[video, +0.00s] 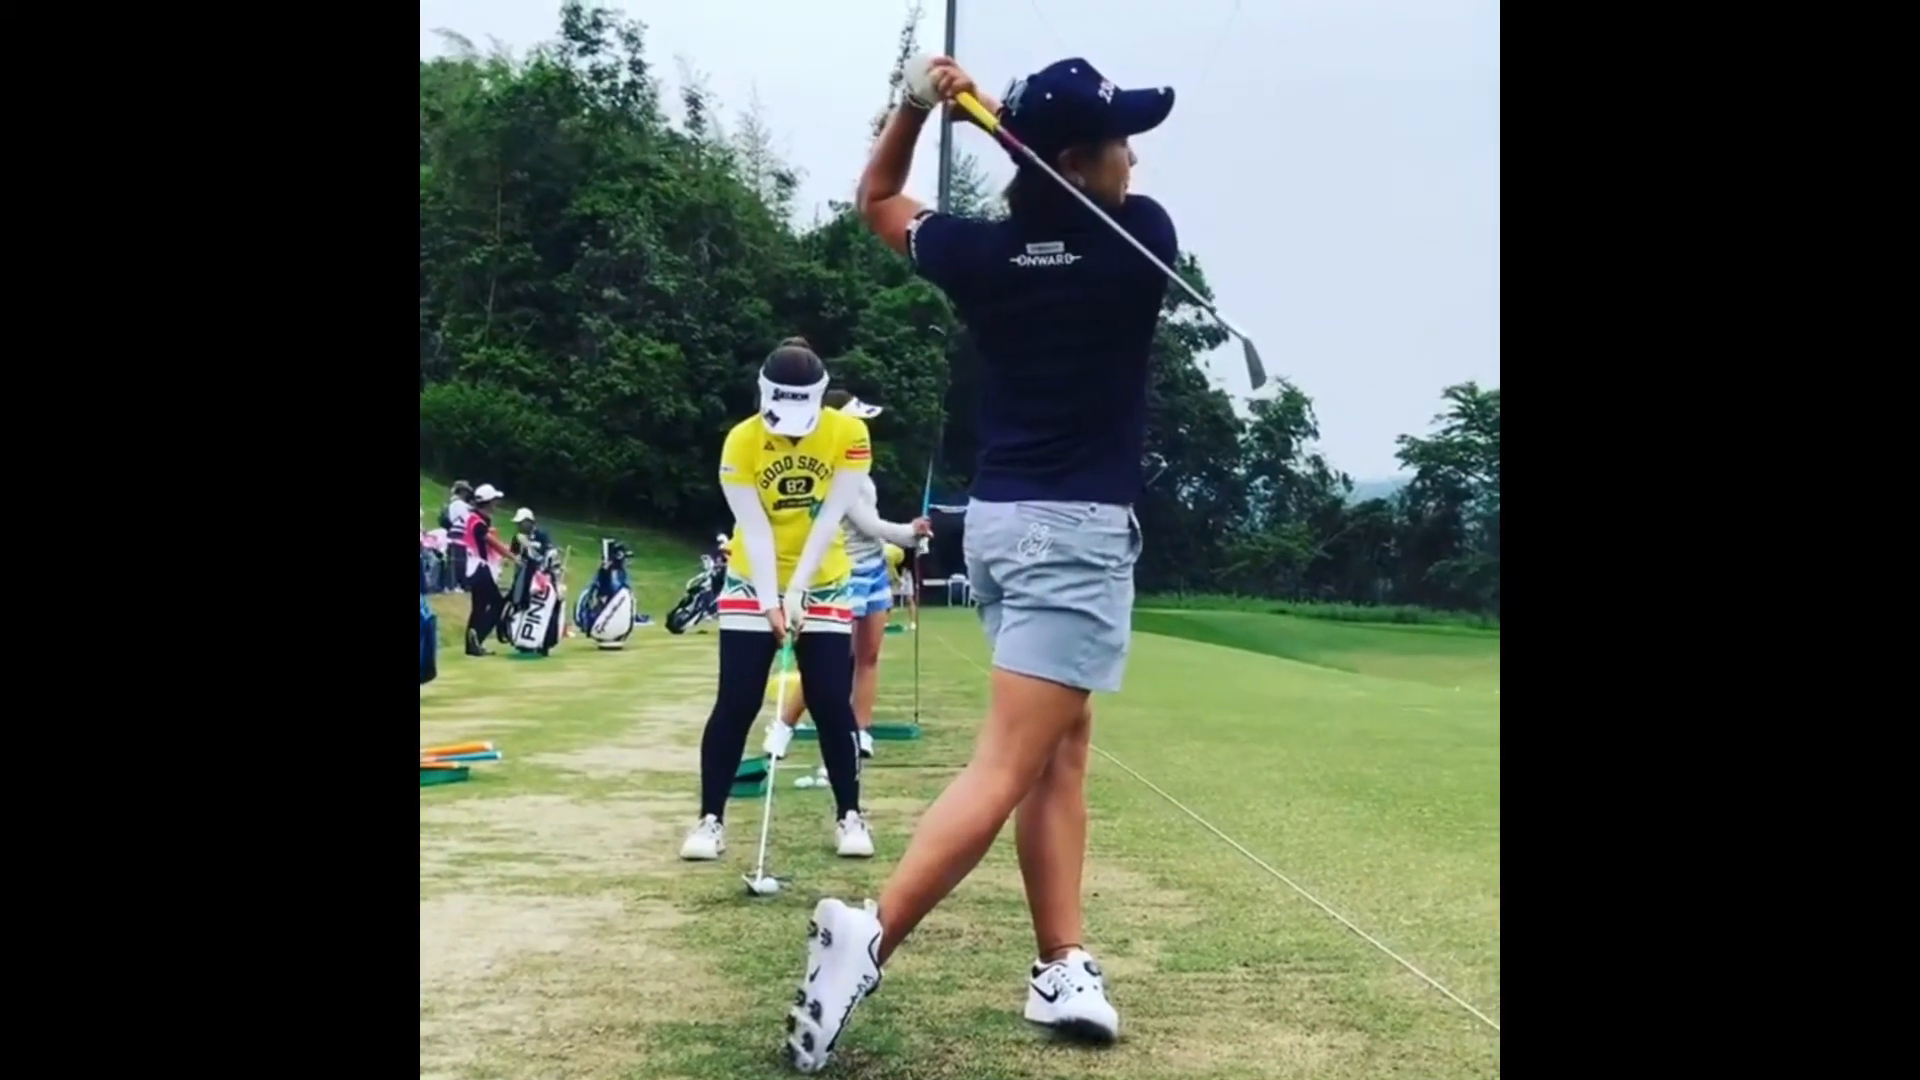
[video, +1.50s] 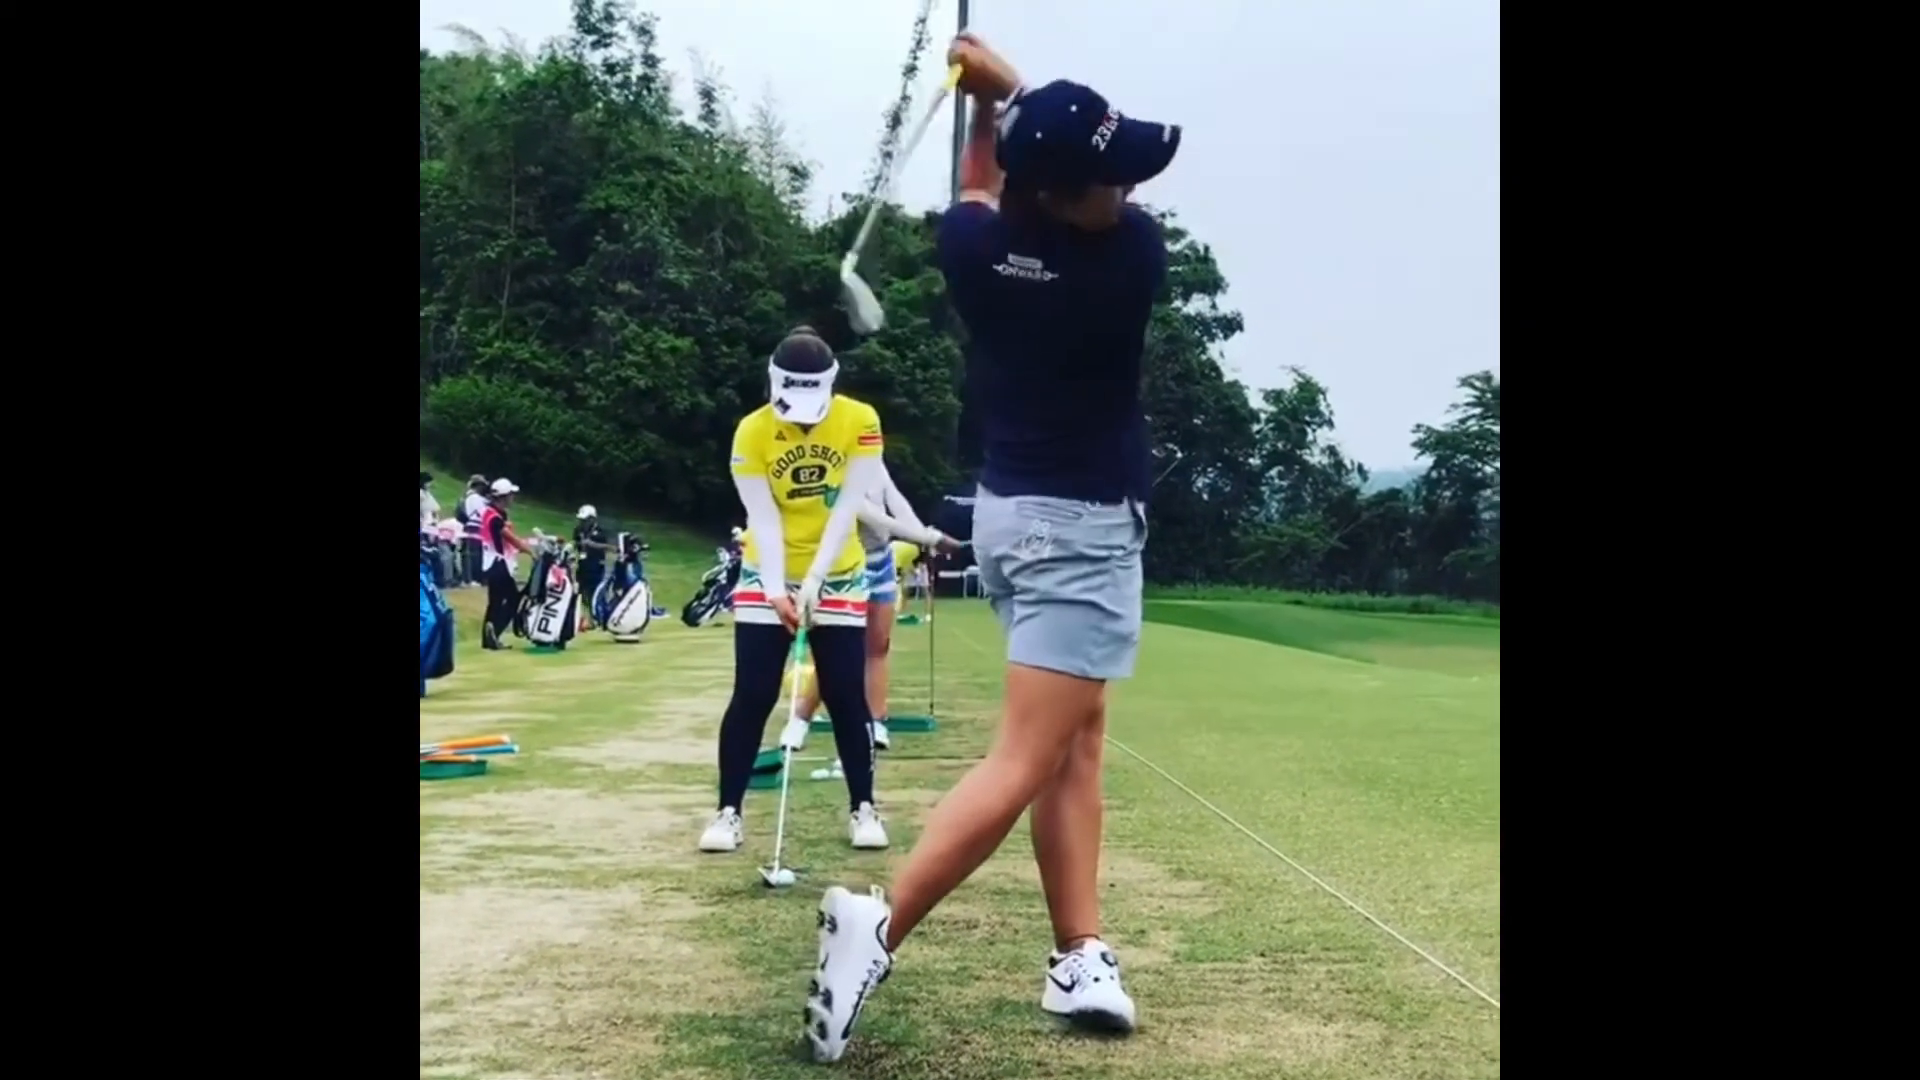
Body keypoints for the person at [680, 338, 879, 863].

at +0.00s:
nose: (789, 423)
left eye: (799, 413)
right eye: (780, 411)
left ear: (819, 396)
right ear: (764, 395)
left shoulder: (848, 433)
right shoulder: (741, 443)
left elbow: (833, 513)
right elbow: (754, 529)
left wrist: (797, 587)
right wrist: (768, 597)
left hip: (824, 585)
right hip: (751, 582)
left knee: (831, 701)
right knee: (736, 701)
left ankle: (850, 816)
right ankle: (710, 819)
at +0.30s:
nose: (845, 362)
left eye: (855, 354)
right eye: (839, 352)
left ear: (877, 352)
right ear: (829, 352)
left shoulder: (890, 401)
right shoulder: (809, 405)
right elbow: (810, 493)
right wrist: (827, 560)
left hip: (872, 556)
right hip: (814, 555)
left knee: (867, 679)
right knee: (812, 672)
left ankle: (869, 784)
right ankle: (807, 778)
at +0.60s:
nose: (839, 379)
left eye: (847, 364)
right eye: (826, 363)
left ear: (868, 359)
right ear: (813, 361)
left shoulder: (886, 404)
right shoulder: (791, 413)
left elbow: (896, 486)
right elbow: (797, 502)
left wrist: (869, 561)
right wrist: (813, 571)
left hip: (871, 558)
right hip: (804, 561)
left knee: (879, 691)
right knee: (791, 684)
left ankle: (876, 792)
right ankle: (769, 797)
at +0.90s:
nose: (820, 402)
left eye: (831, 392)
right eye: (809, 392)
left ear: (848, 374)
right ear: (792, 375)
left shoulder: (877, 409)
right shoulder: (772, 422)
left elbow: (877, 494)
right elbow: (782, 508)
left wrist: (839, 566)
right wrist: (801, 574)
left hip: (856, 562)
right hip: (787, 562)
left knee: (868, 691)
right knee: (782, 688)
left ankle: (884, 791)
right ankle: (764, 805)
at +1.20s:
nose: (829, 404)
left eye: (840, 393)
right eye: (819, 392)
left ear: (860, 377)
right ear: (804, 376)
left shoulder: (893, 418)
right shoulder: (783, 429)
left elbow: (882, 504)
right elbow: (791, 515)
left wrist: (843, 569)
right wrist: (801, 578)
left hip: (868, 571)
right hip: (795, 568)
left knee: (869, 699)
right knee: (777, 688)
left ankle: (881, 813)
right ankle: (749, 806)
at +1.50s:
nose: (801, 411)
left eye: (811, 400)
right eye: (791, 399)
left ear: (830, 384)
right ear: (775, 384)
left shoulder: (859, 420)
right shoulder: (751, 434)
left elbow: (851, 504)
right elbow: (763, 521)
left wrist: (813, 577)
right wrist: (774, 586)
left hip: (839, 576)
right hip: (765, 575)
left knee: (846, 696)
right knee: (752, 695)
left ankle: (863, 808)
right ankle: (728, 812)